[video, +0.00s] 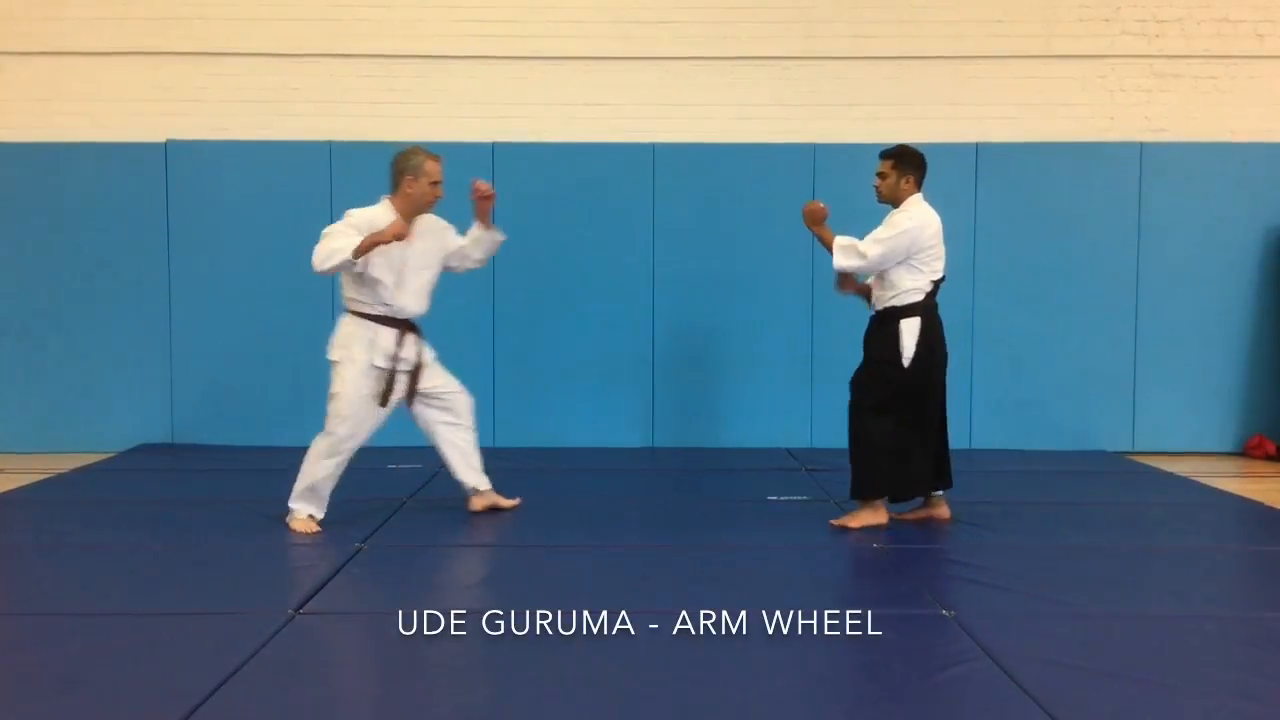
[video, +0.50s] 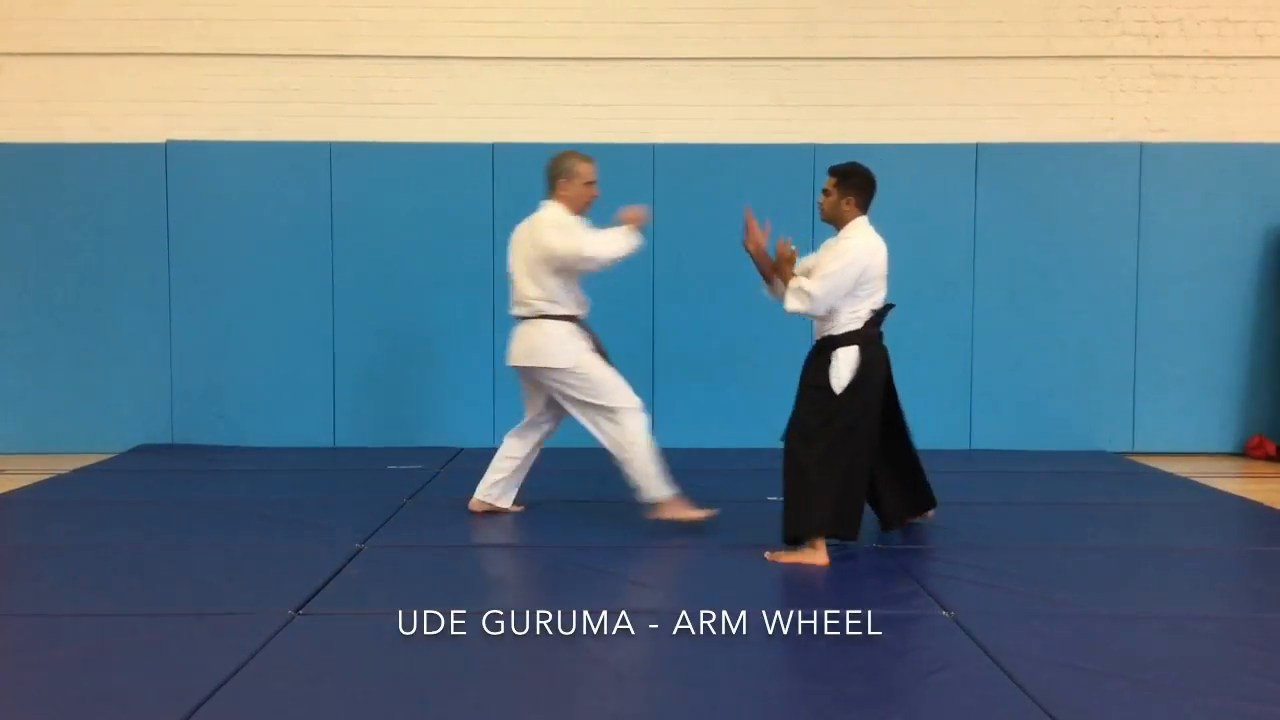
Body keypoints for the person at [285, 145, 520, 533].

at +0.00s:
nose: (440, 193)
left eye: (441, 184)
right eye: (434, 184)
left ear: (420, 185)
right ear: (408, 183)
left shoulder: (435, 229)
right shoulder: (363, 220)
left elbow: (470, 256)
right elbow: (323, 258)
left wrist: (483, 218)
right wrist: (375, 240)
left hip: (407, 339)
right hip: (362, 336)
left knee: (453, 403)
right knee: (345, 426)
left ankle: (479, 491)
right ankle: (303, 510)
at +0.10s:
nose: (472, 189)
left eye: (473, 181)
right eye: (466, 181)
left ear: (454, 182)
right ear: (440, 180)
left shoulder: (464, 227)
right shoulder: (397, 217)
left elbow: (489, 256)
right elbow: (342, 250)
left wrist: (510, 218)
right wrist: (393, 239)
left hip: (448, 339)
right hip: (406, 335)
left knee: (488, 404)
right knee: (376, 424)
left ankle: (483, 495)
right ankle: (312, 500)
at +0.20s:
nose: (493, 188)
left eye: (494, 180)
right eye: (487, 180)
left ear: (476, 181)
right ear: (462, 180)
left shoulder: (481, 226)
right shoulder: (424, 217)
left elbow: (499, 262)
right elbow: (371, 252)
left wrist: (526, 231)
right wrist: (417, 241)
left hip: (476, 337)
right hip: (438, 333)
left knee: (505, 411)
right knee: (425, 427)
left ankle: (487, 499)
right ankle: (343, 483)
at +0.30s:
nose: (526, 192)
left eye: (527, 184)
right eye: (520, 183)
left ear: (509, 186)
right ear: (495, 184)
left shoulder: (503, 231)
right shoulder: (466, 221)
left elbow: (511, 282)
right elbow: (425, 266)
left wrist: (553, 269)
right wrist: (469, 243)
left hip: (505, 337)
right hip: (474, 337)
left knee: (524, 417)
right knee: (506, 426)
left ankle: (491, 499)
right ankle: (435, 469)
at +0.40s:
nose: (559, 196)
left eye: (560, 188)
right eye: (552, 188)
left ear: (535, 190)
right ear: (528, 189)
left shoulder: (525, 229)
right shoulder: (510, 226)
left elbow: (531, 293)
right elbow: (502, 268)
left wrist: (567, 315)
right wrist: (546, 240)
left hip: (513, 341)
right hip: (511, 341)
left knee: (524, 428)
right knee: (582, 405)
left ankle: (490, 499)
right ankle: (555, 494)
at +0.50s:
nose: (594, 193)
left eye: (594, 184)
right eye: (588, 184)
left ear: (561, 187)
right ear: (563, 186)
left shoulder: (525, 228)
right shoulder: (556, 223)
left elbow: (547, 294)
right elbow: (587, 253)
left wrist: (583, 336)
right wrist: (628, 230)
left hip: (527, 340)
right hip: (555, 339)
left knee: (540, 419)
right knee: (624, 409)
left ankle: (489, 496)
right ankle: (663, 499)